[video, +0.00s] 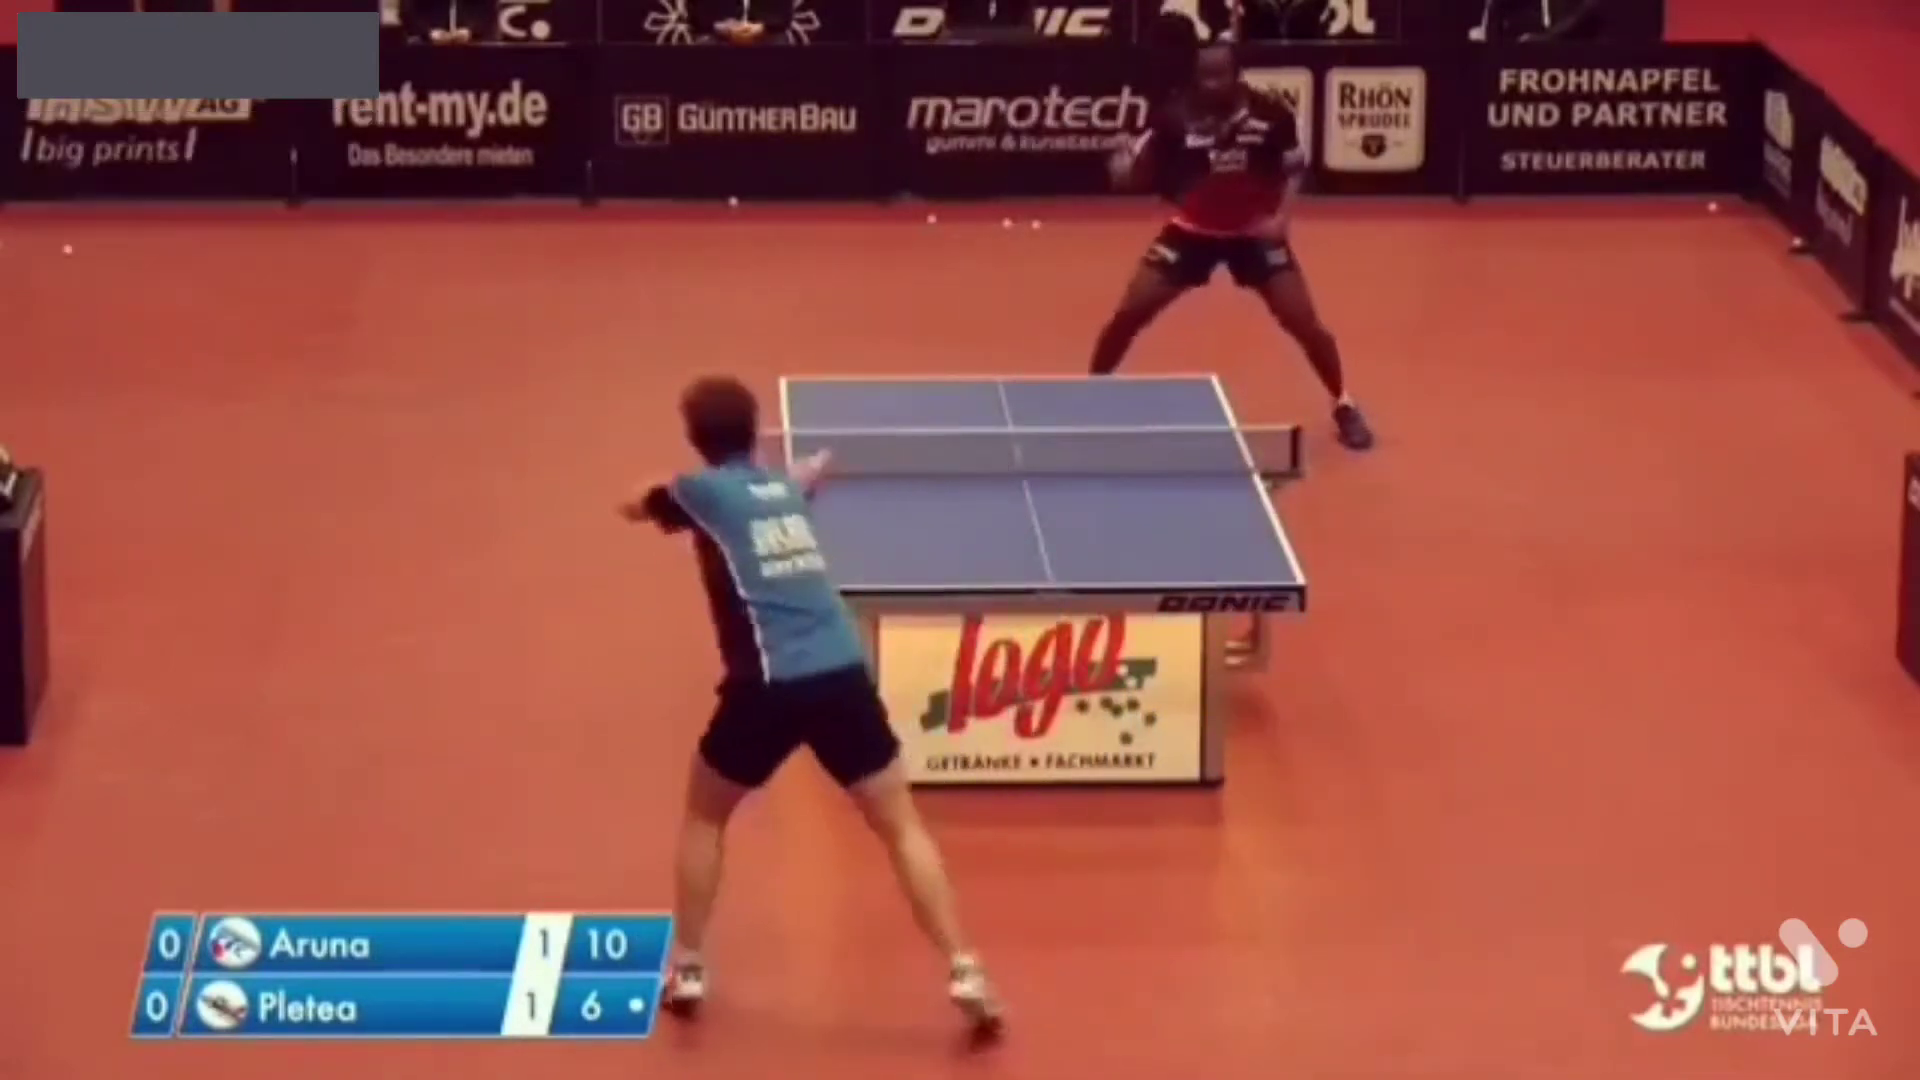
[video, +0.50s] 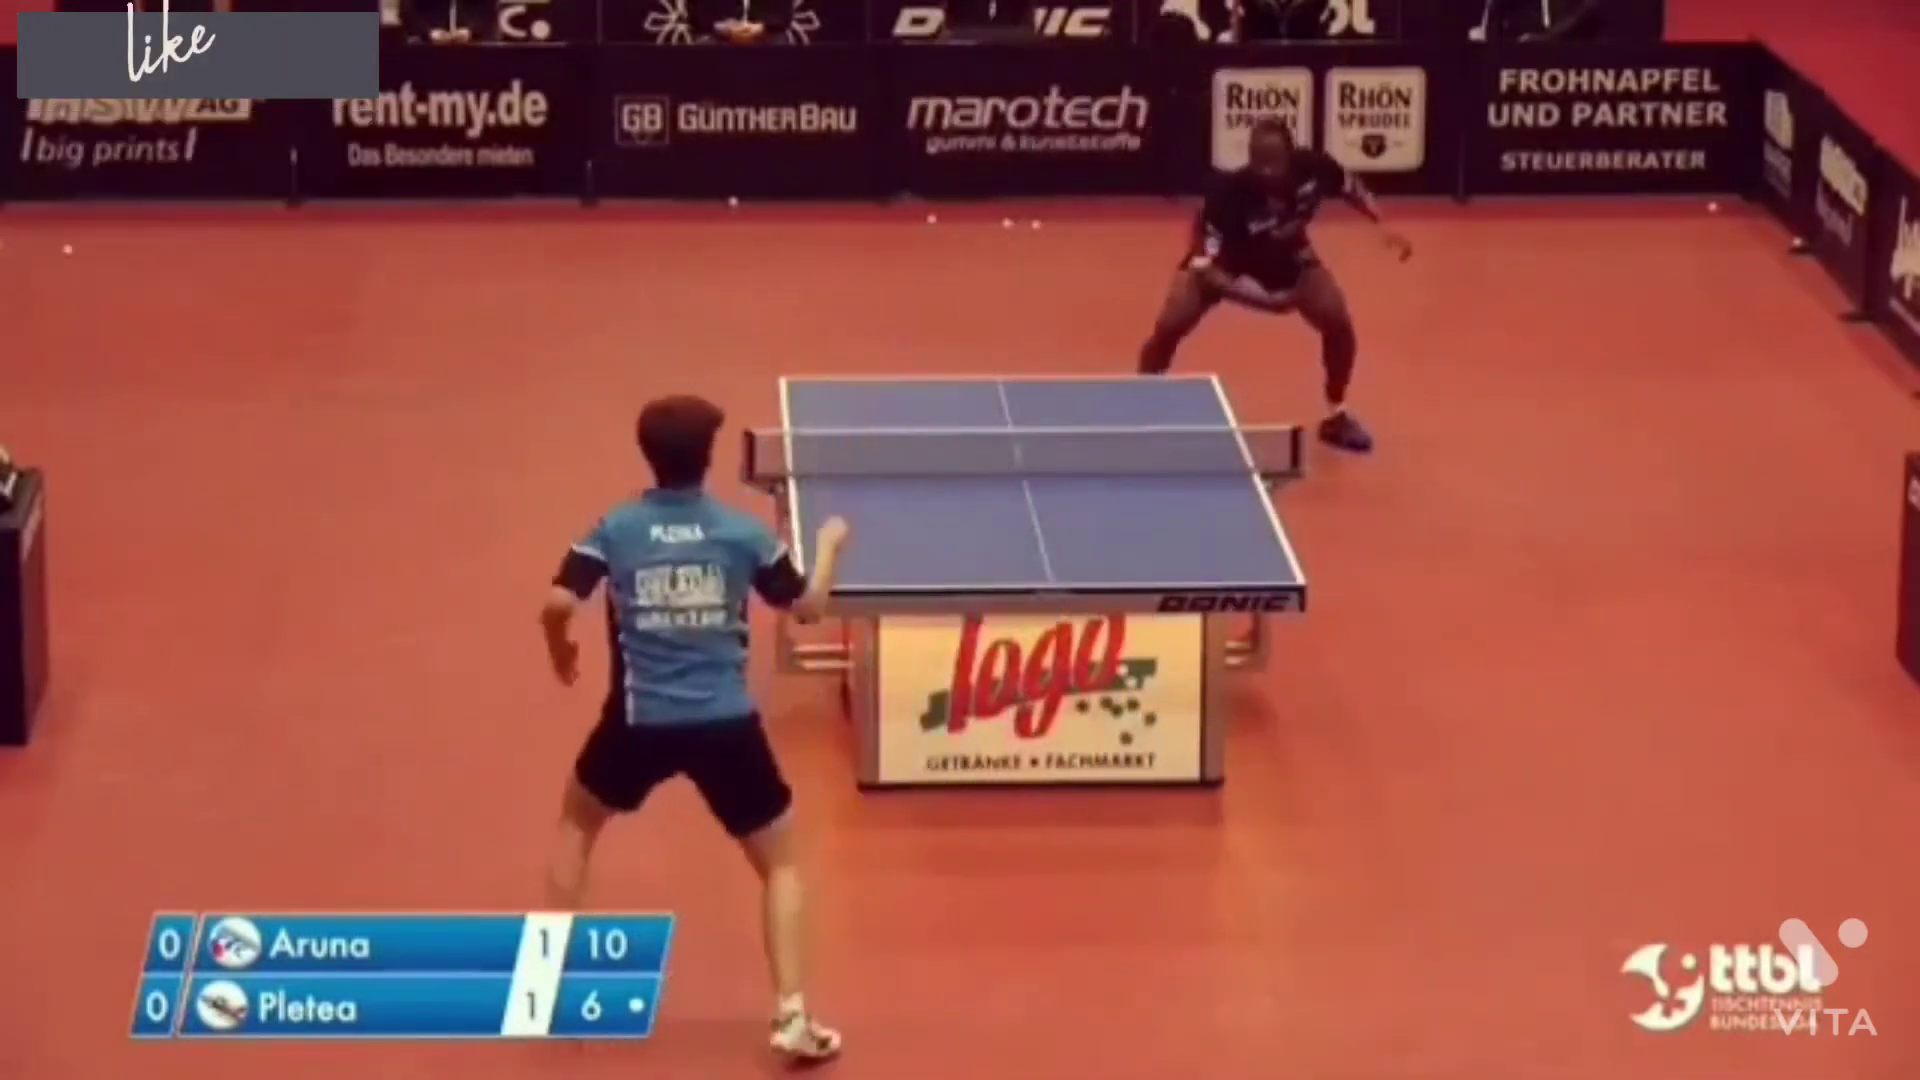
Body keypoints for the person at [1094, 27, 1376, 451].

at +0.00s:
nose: (1213, 84)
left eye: (1221, 74)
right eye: (1205, 75)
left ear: (1237, 73)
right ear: (1194, 76)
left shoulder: (1272, 116)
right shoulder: (1176, 119)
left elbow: (1294, 173)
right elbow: (1141, 179)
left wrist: (1281, 219)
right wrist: (1126, 166)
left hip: (1256, 235)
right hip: (1188, 234)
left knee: (1305, 324)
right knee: (1129, 314)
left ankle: (1343, 405)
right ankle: (1093, 394)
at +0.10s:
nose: (1201, 114)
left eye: (1209, 104)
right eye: (1193, 105)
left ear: (1226, 103)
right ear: (1182, 107)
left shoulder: (1259, 139)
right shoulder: (1164, 147)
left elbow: (1287, 187)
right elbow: (1136, 212)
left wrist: (1286, 229)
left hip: (1250, 246)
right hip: (1187, 246)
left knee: (1307, 332)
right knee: (1123, 325)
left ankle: (1333, 412)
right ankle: (1088, 402)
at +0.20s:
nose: (1216, 129)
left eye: (1223, 118)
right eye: (1208, 120)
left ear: (1238, 116)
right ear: (1195, 121)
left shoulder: (1268, 142)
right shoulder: (1179, 159)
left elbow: (1302, 185)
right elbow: (1155, 224)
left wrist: (1310, 226)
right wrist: (1184, 250)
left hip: (1262, 248)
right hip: (1198, 251)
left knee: (1321, 322)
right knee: (1135, 331)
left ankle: (1332, 414)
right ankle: (1095, 403)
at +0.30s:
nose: (1234, 137)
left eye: (1240, 128)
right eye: (1226, 130)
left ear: (1256, 120)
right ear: (1216, 127)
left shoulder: (1286, 144)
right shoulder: (1201, 161)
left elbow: (1322, 175)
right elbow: (1175, 230)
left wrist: (1341, 220)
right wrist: (1206, 254)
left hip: (1272, 249)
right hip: (1209, 252)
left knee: (1331, 322)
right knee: (1149, 334)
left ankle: (1334, 415)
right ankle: (1107, 399)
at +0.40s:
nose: (1252, 143)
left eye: (1259, 134)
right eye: (1245, 135)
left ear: (1275, 130)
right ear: (1234, 134)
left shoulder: (1300, 150)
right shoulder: (1217, 168)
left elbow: (1340, 179)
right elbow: (1195, 239)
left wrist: (1367, 220)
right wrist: (1232, 270)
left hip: (1283, 255)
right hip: (1220, 256)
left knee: (1334, 323)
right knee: (1155, 331)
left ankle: (1335, 414)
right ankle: (1122, 399)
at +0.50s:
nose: (1268, 169)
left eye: (1275, 160)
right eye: (1260, 161)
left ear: (1290, 155)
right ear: (1249, 157)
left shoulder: (1315, 169)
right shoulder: (1228, 189)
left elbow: (1352, 189)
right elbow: (1203, 267)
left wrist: (1384, 228)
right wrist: (1266, 301)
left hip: (1288, 258)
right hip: (1230, 261)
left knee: (1338, 324)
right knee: (1168, 329)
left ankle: (1335, 416)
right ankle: (1143, 404)